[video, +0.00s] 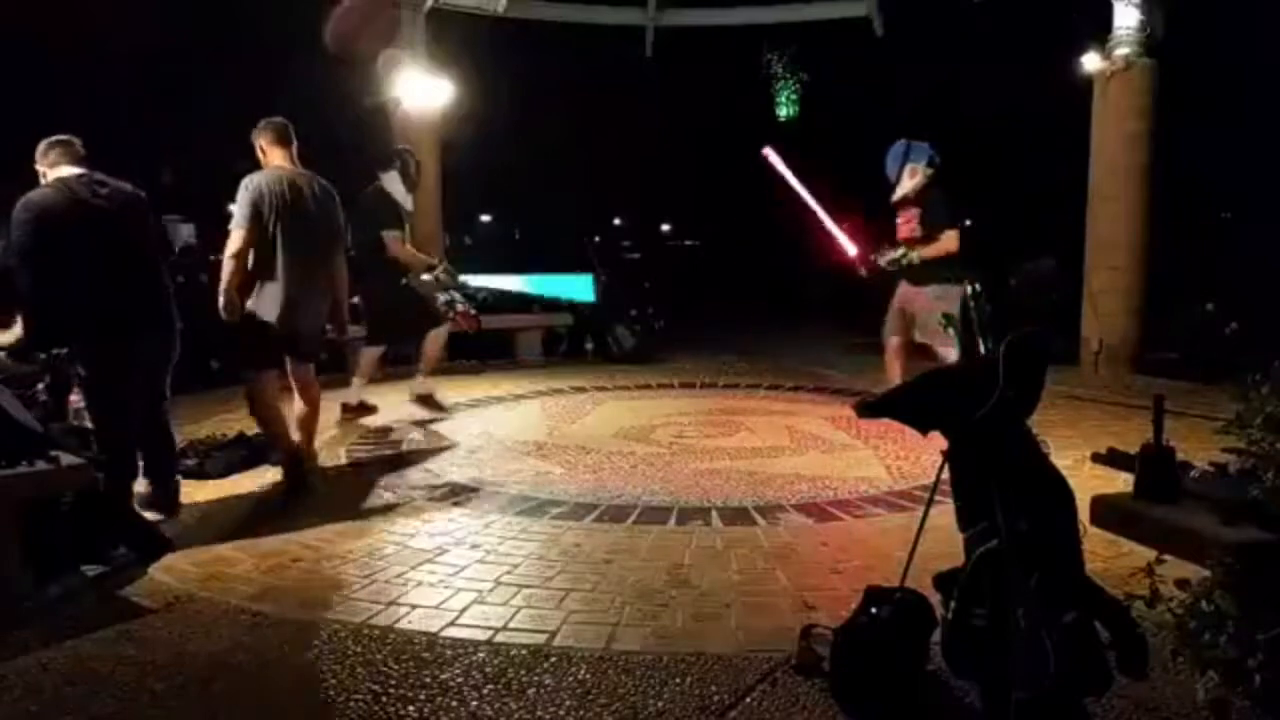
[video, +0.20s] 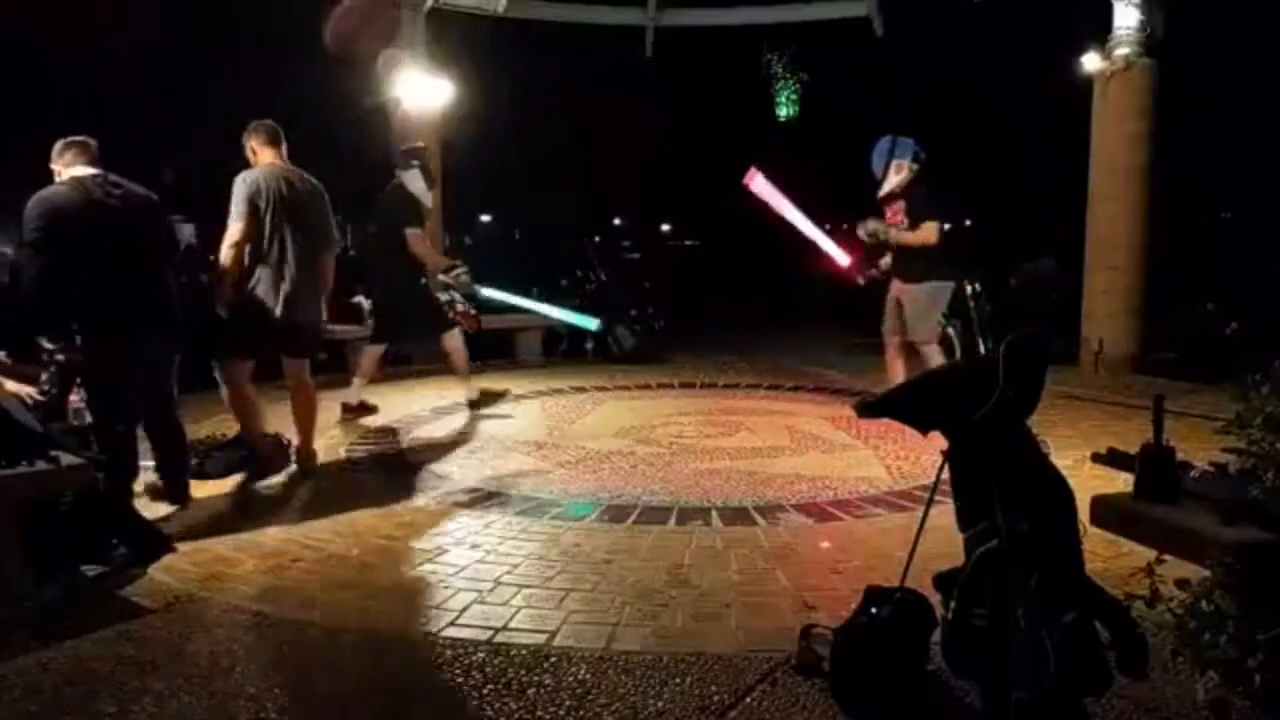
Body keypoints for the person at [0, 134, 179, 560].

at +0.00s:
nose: (39, 178)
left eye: (39, 172)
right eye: (41, 173)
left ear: (44, 170)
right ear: (84, 161)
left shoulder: (34, 206)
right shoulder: (130, 196)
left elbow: (25, 274)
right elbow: (158, 262)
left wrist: (30, 328)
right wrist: (162, 316)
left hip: (87, 329)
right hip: (145, 323)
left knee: (108, 421)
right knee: (152, 410)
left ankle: (113, 510)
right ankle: (164, 495)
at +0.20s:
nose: (54, 177)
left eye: (54, 171)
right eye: (56, 172)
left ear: (58, 169)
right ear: (98, 161)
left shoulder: (46, 204)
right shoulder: (141, 197)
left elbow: (37, 277)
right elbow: (166, 263)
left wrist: (49, 331)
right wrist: (166, 313)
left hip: (92, 328)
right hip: (149, 321)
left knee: (112, 422)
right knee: (161, 408)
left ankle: (117, 508)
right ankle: (176, 486)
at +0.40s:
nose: (78, 186)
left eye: (78, 179)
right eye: (79, 180)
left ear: (85, 175)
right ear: (120, 169)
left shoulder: (78, 205)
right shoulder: (155, 200)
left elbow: (66, 266)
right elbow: (187, 261)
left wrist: (65, 318)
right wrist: (183, 308)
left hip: (109, 325)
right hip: (164, 321)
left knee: (116, 417)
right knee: (171, 404)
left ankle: (119, 494)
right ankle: (179, 481)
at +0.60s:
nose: (101, 185)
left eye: (102, 179)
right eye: (103, 180)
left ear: (107, 175)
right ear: (140, 169)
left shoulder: (108, 197)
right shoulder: (169, 195)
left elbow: (91, 254)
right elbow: (208, 255)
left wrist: (83, 308)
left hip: (138, 317)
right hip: (184, 310)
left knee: (126, 401)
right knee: (177, 398)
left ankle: (139, 493)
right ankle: (179, 475)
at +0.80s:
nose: (114, 183)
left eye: (115, 177)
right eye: (115, 178)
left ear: (122, 172)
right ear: (152, 167)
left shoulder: (131, 193)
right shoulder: (176, 193)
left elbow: (108, 247)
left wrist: (89, 298)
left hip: (157, 313)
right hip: (185, 307)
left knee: (154, 401)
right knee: (175, 398)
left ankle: (184, 477)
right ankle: (180, 473)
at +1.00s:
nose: (125, 188)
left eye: (124, 183)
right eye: (124, 184)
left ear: (130, 172)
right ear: (155, 163)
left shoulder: (144, 197)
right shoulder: (185, 190)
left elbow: (122, 249)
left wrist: (105, 298)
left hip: (173, 313)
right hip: (199, 304)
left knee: (177, 403)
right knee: (181, 397)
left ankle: (197, 476)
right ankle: (175, 471)